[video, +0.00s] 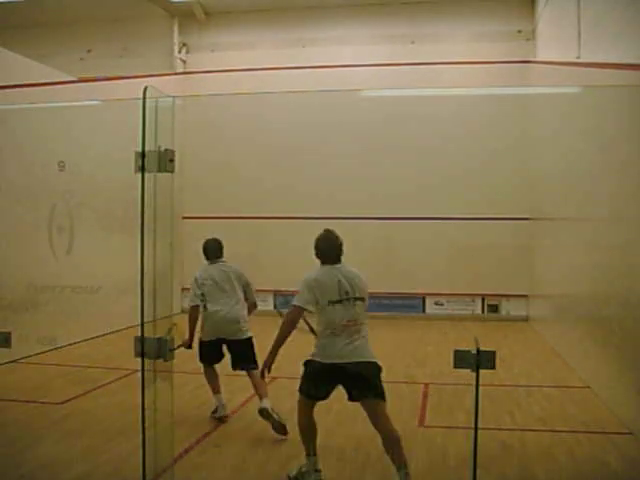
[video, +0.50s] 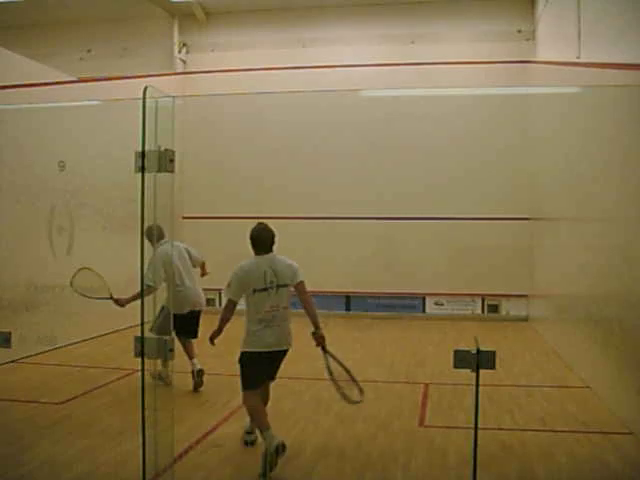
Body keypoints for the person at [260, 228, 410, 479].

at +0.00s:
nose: (320, 255)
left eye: (318, 250)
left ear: (317, 254)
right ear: (341, 251)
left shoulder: (313, 281)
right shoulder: (357, 278)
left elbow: (291, 320)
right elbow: (358, 316)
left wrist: (271, 355)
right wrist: (323, 330)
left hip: (325, 362)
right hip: (362, 361)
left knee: (305, 407)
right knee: (381, 420)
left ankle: (311, 465)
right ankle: (404, 473)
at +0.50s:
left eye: (254, 241)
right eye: (268, 240)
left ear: (251, 244)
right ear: (274, 243)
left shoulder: (244, 272)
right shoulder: (288, 267)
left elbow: (229, 308)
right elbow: (305, 299)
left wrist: (218, 330)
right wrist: (317, 329)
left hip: (255, 346)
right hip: (281, 343)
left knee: (250, 395)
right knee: (264, 386)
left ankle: (271, 441)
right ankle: (251, 429)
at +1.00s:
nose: (225, 237)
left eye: (224, 233)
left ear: (222, 236)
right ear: (242, 235)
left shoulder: (215, 261)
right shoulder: (255, 257)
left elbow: (203, 295)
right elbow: (269, 286)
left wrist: (196, 323)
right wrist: (254, 284)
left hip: (225, 326)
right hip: (250, 325)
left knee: (225, 364)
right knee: (252, 368)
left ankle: (225, 407)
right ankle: (242, 404)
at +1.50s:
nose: (268, 263)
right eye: (267, 260)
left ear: (250, 262)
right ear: (267, 262)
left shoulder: (236, 281)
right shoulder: (272, 285)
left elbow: (223, 311)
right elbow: (282, 317)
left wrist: (236, 326)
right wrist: (292, 344)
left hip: (236, 340)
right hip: (261, 341)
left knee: (221, 364)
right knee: (285, 358)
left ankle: (198, 398)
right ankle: (292, 401)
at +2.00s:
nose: (362, 263)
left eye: (362, 258)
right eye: (359, 258)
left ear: (348, 258)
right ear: (344, 257)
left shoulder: (343, 280)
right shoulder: (324, 279)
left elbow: (340, 313)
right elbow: (304, 310)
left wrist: (349, 338)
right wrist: (307, 314)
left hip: (331, 341)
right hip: (317, 343)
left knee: (335, 388)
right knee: (349, 383)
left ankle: (294, 402)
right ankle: (356, 438)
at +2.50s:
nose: (431, 275)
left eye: (432, 270)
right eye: (428, 270)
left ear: (426, 272)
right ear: (412, 269)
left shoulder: (424, 301)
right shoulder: (383, 281)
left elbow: (446, 326)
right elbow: (345, 275)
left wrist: (461, 356)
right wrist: (360, 275)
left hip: (392, 355)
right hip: (362, 350)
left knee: (424, 399)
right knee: (375, 400)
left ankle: (430, 457)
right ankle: (364, 463)